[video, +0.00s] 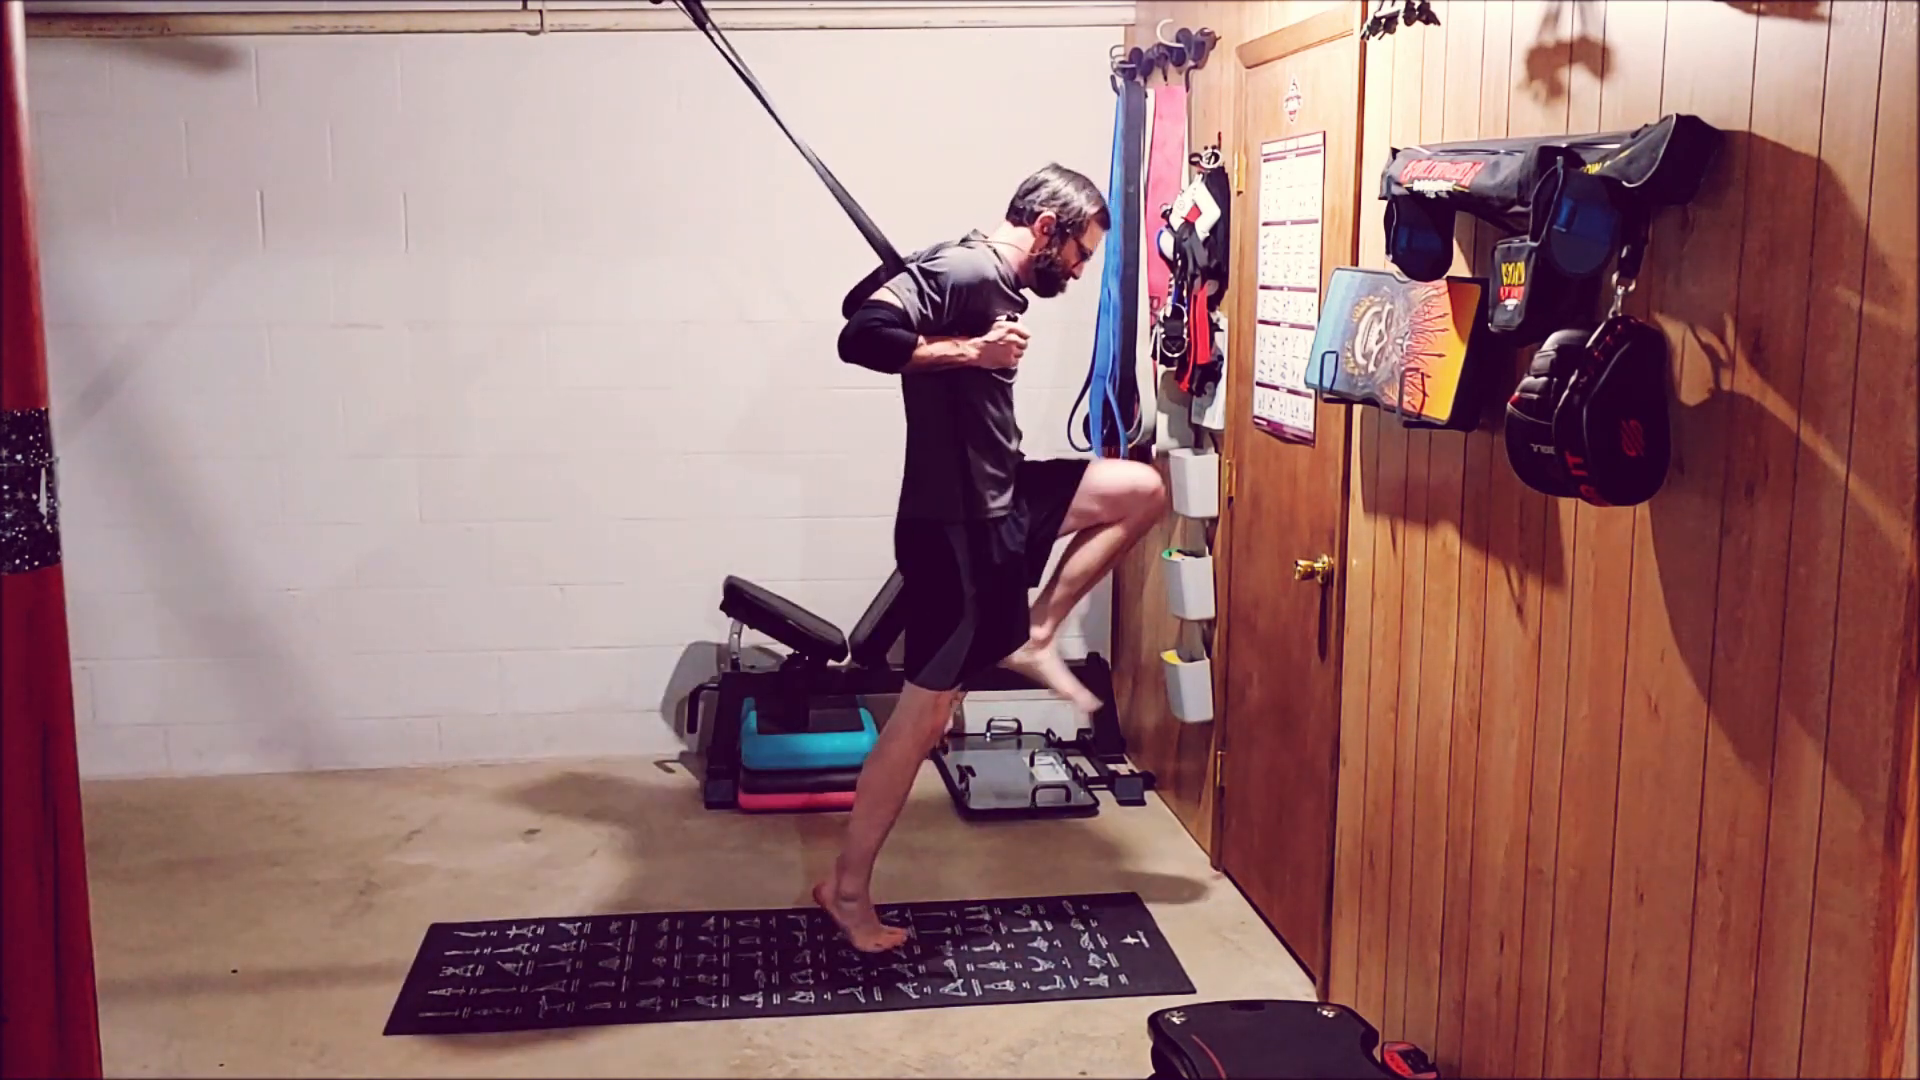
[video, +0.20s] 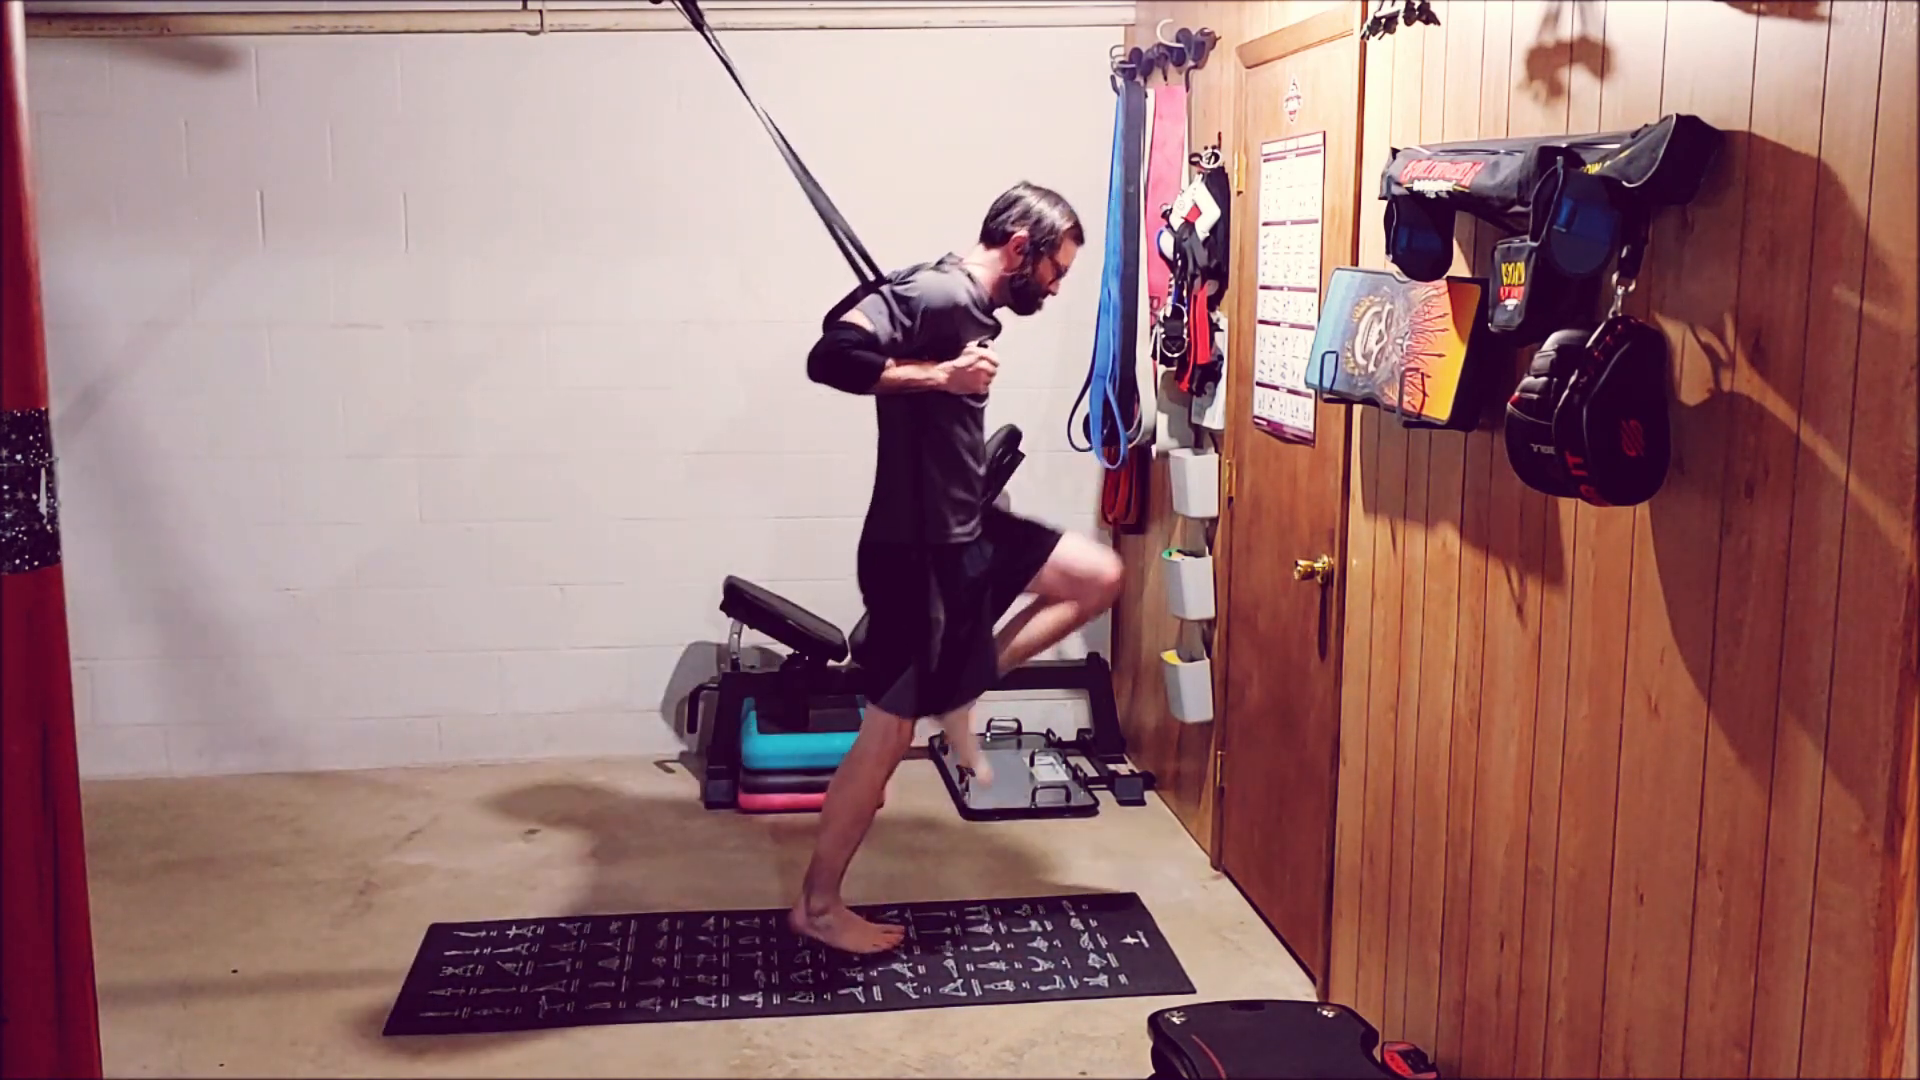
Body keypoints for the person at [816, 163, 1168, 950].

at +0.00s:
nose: (1082, 269)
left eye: (1090, 254)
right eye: (1083, 250)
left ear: (1042, 224)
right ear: (1048, 225)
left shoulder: (990, 275)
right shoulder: (966, 266)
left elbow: (866, 304)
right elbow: (862, 335)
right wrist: (973, 349)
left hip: (1006, 494)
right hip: (954, 519)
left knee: (1141, 491)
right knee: (923, 714)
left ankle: (1038, 638)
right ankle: (848, 888)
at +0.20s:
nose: (1059, 285)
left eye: (1066, 271)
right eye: (1061, 267)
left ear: (1016, 246)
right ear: (1023, 246)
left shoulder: (964, 300)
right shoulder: (940, 292)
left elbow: (851, 326)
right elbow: (833, 355)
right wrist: (940, 375)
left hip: (973, 525)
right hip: (919, 544)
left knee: (1098, 577)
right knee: (888, 733)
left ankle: (963, 691)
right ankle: (818, 904)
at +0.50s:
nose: (1003, 296)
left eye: (1008, 282)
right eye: (1002, 278)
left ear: (960, 260)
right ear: (959, 259)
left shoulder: (916, 322)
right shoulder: (878, 315)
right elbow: (771, 392)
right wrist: (883, 406)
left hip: (907, 558)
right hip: (859, 565)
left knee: (952, 707)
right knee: (846, 749)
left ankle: (820, 786)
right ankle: (810, 916)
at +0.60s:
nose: (985, 295)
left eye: (991, 281)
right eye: (983, 277)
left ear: (936, 260)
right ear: (938, 258)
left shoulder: (894, 321)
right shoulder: (862, 318)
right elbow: (757, 399)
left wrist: (903, 377)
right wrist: (867, 414)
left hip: (872, 558)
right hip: (839, 563)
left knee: (886, 722)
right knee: (843, 740)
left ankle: (732, 834)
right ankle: (810, 915)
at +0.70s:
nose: (970, 295)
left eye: (976, 280)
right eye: (967, 278)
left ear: (920, 261)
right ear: (922, 259)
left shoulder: (874, 324)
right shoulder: (846, 321)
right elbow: (743, 402)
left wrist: (884, 388)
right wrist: (851, 421)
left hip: (840, 562)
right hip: (821, 567)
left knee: (815, 740)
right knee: (837, 740)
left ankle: (696, 868)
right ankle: (810, 916)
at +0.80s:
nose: (953, 298)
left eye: (958, 284)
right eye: (949, 281)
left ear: (899, 266)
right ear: (902, 264)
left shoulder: (851, 327)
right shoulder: (832, 326)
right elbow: (726, 405)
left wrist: (867, 395)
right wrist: (834, 428)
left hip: (794, 568)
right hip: (804, 573)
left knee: (773, 737)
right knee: (834, 747)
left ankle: (668, 893)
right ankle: (809, 917)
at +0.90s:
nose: (934, 307)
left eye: (940, 292)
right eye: (931, 289)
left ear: (883, 274)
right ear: (885, 271)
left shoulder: (834, 333)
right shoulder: (811, 332)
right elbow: (707, 408)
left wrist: (843, 399)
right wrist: (814, 437)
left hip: (770, 565)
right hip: (777, 571)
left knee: (744, 738)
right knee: (835, 740)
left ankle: (655, 911)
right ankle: (810, 917)